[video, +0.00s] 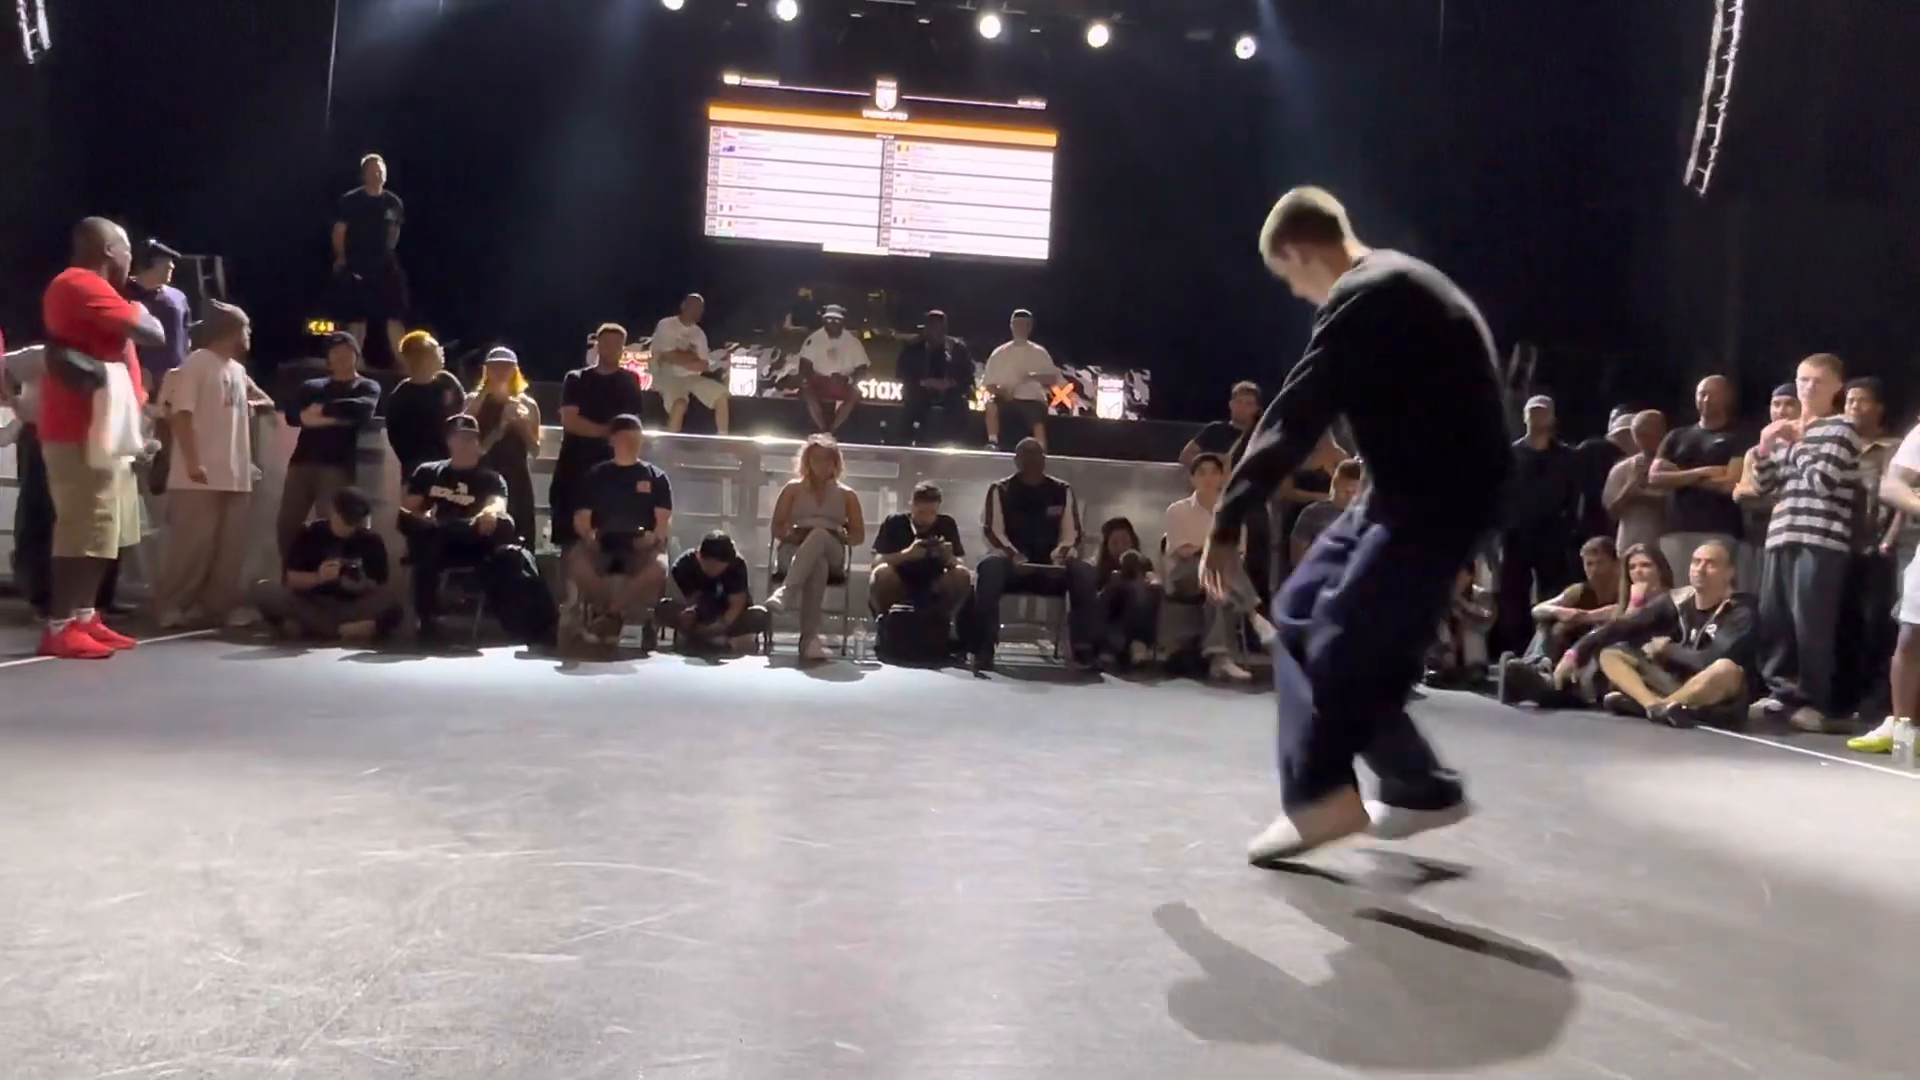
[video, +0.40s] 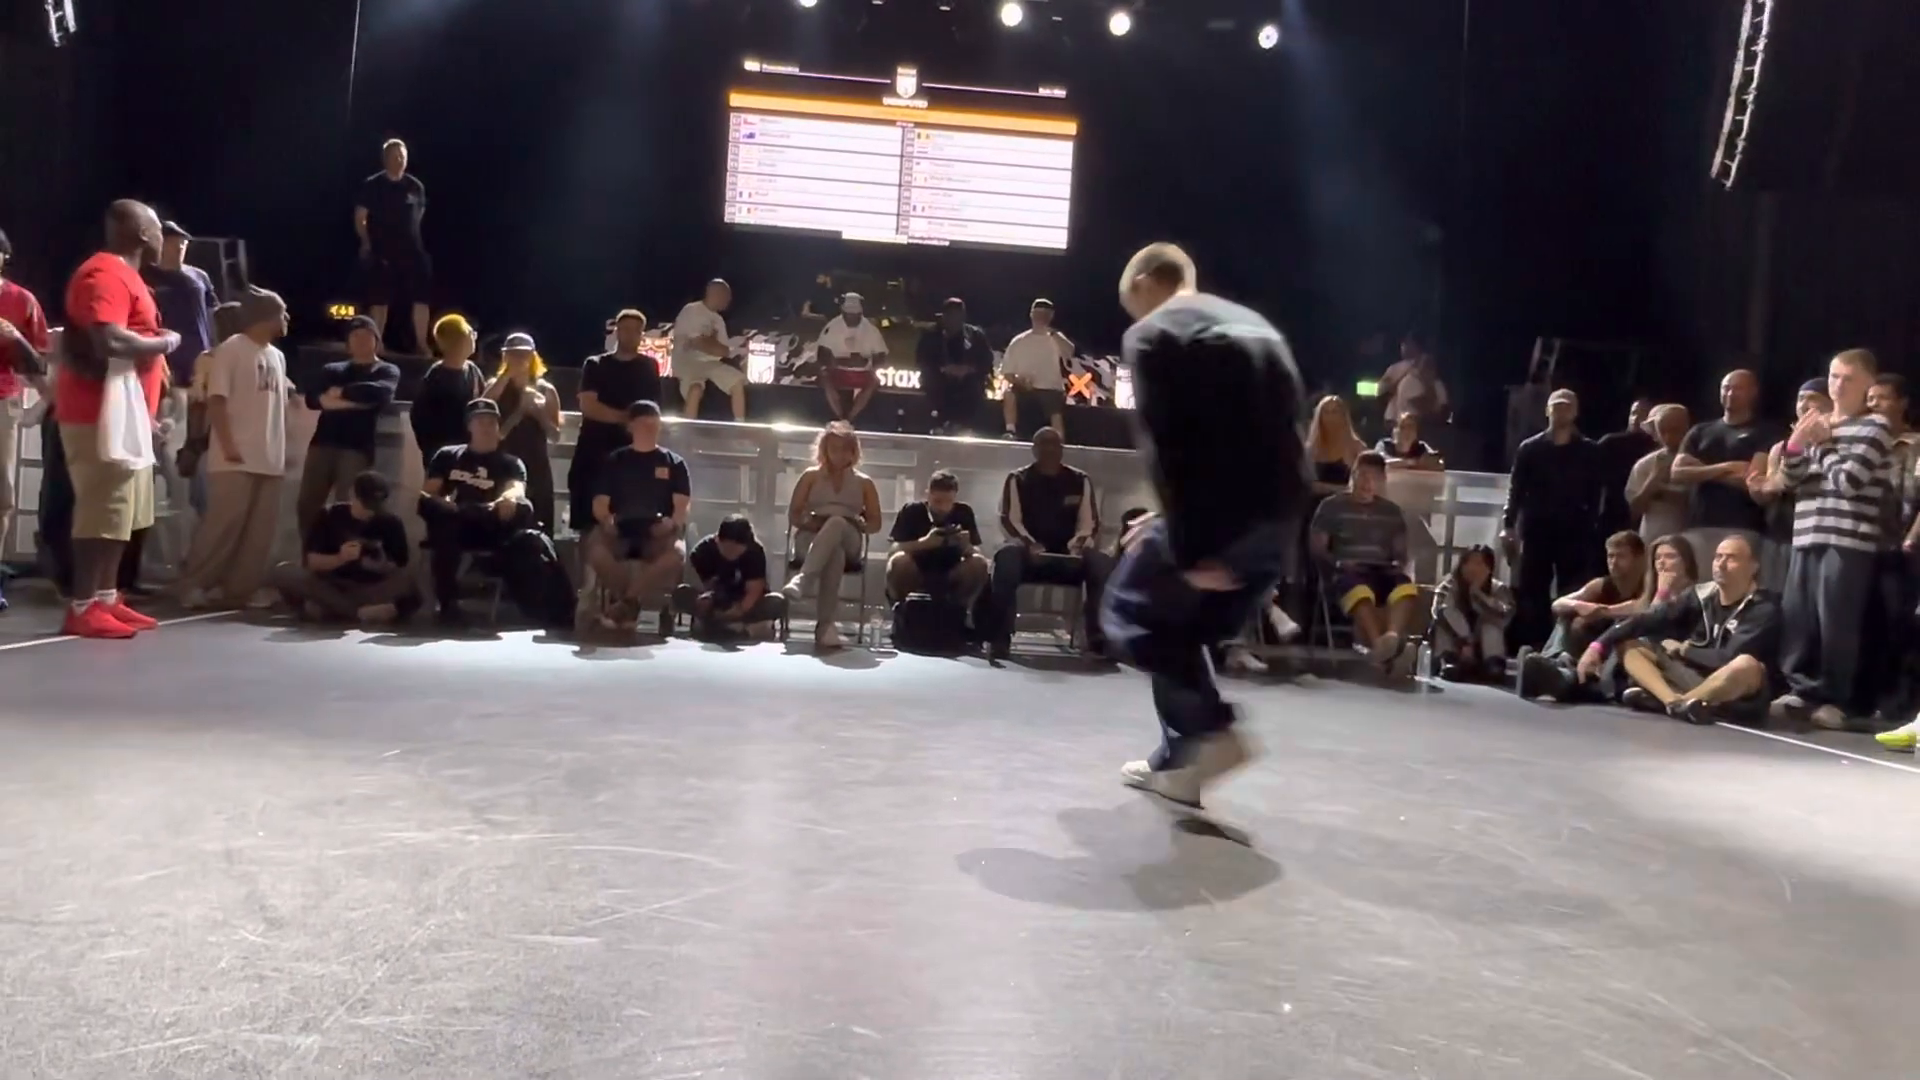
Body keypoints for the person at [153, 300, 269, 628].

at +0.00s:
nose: (249, 335)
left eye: (248, 329)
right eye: (245, 329)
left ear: (230, 333)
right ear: (227, 333)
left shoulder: (238, 371)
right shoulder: (194, 365)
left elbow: (237, 415)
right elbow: (181, 416)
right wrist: (192, 463)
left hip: (234, 473)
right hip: (199, 474)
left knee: (228, 548)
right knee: (191, 544)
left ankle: (222, 607)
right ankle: (171, 606)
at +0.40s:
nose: (287, 320)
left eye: (286, 313)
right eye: (282, 314)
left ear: (268, 319)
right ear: (263, 318)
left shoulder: (276, 356)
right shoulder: (230, 350)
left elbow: (278, 403)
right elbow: (216, 401)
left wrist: (279, 446)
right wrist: (227, 444)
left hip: (269, 455)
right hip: (234, 455)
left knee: (260, 531)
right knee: (225, 521)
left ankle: (243, 589)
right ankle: (193, 583)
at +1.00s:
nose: (292, 310)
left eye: (295, 303)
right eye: (285, 303)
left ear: (297, 307)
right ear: (267, 303)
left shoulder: (298, 349)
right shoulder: (242, 340)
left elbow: (302, 399)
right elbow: (225, 386)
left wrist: (305, 438)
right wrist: (230, 423)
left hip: (286, 446)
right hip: (249, 443)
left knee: (276, 518)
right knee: (244, 509)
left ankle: (261, 577)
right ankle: (213, 570)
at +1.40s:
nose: (284, 299)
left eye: (285, 294)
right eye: (277, 293)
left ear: (284, 298)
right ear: (257, 296)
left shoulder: (291, 340)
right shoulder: (233, 333)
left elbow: (298, 391)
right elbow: (221, 380)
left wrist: (303, 431)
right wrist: (226, 421)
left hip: (282, 440)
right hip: (243, 438)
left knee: (276, 514)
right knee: (232, 508)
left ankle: (266, 573)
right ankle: (207, 570)